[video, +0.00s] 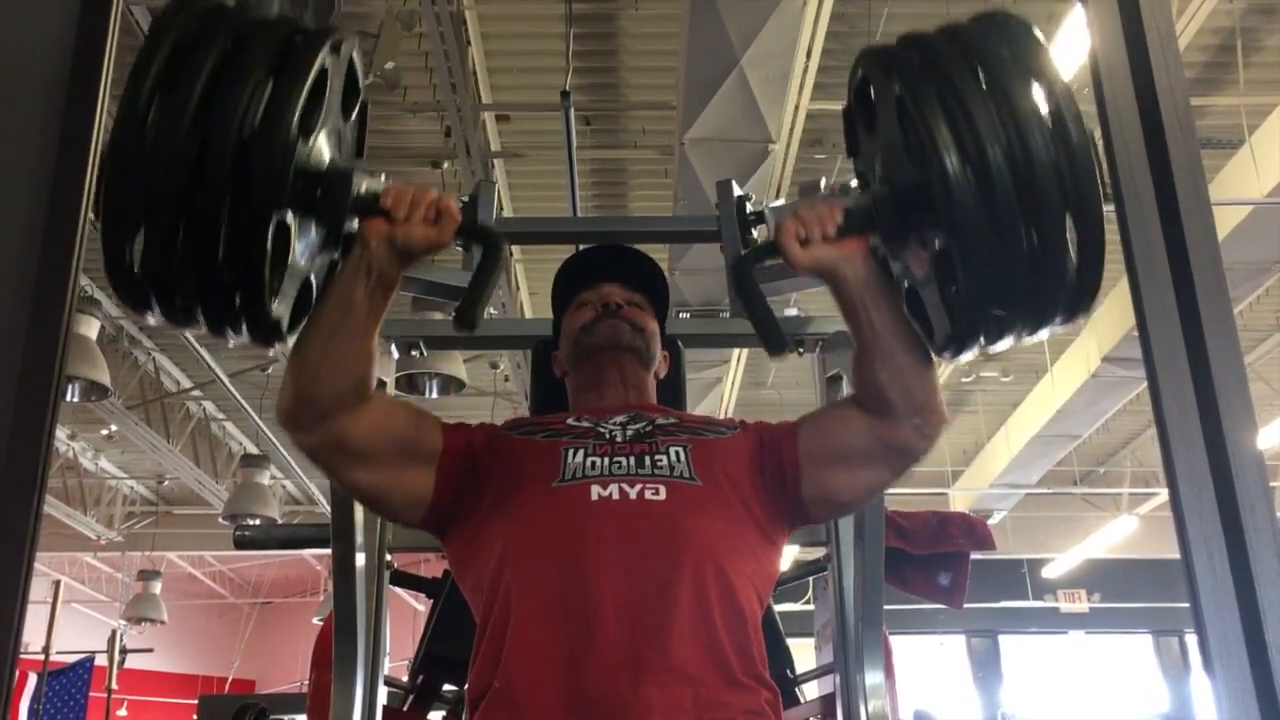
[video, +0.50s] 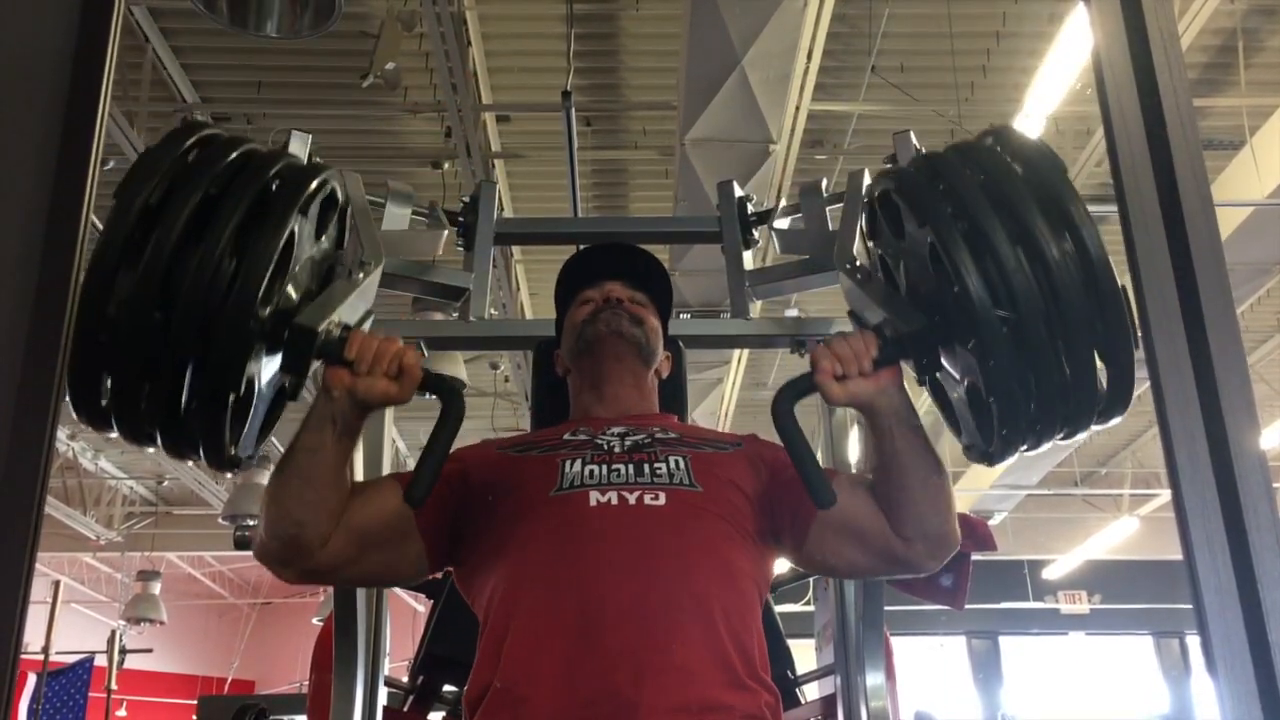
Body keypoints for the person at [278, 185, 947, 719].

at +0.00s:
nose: (611, 306)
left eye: (636, 306)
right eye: (585, 306)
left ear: (666, 357)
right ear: (555, 358)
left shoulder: (749, 455)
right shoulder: (486, 462)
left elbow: (906, 420)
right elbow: (319, 411)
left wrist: (853, 269)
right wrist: (376, 259)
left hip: (725, 707)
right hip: (526, 707)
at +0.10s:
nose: (614, 305)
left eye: (638, 306)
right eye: (588, 305)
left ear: (666, 362)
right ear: (556, 359)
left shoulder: (744, 457)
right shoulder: (488, 463)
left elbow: (918, 455)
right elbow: (309, 445)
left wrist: (862, 308)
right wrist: (367, 297)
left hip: (721, 703)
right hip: (527, 704)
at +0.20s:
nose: (615, 305)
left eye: (639, 305)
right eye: (588, 305)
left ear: (668, 361)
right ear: (555, 360)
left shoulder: (741, 459)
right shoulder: (491, 465)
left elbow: (920, 484)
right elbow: (301, 483)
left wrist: (870, 341)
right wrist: (358, 334)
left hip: (726, 706)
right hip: (528, 707)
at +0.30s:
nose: (613, 306)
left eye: (637, 307)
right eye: (587, 306)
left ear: (666, 361)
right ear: (555, 361)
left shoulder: (744, 459)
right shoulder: (490, 466)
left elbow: (926, 510)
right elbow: (294, 506)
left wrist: (879, 373)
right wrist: (348, 368)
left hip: (726, 703)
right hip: (529, 704)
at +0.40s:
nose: (613, 305)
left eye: (636, 305)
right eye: (587, 306)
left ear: (667, 362)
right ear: (554, 362)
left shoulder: (742, 460)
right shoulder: (489, 468)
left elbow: (926, 526)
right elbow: (296, 532)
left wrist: (879, 393)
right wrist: (345, 385)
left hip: (726, 704)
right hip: (530, 704)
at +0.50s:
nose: (616, 301)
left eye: (639, 302)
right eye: (589, 301)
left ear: (669, 359)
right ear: (555, 360)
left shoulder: (748, 462)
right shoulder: (486, 468)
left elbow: (922, 544)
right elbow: (299, 548)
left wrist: (882, 404)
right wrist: (342, 403)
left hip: (725, 707)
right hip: (528, 708)